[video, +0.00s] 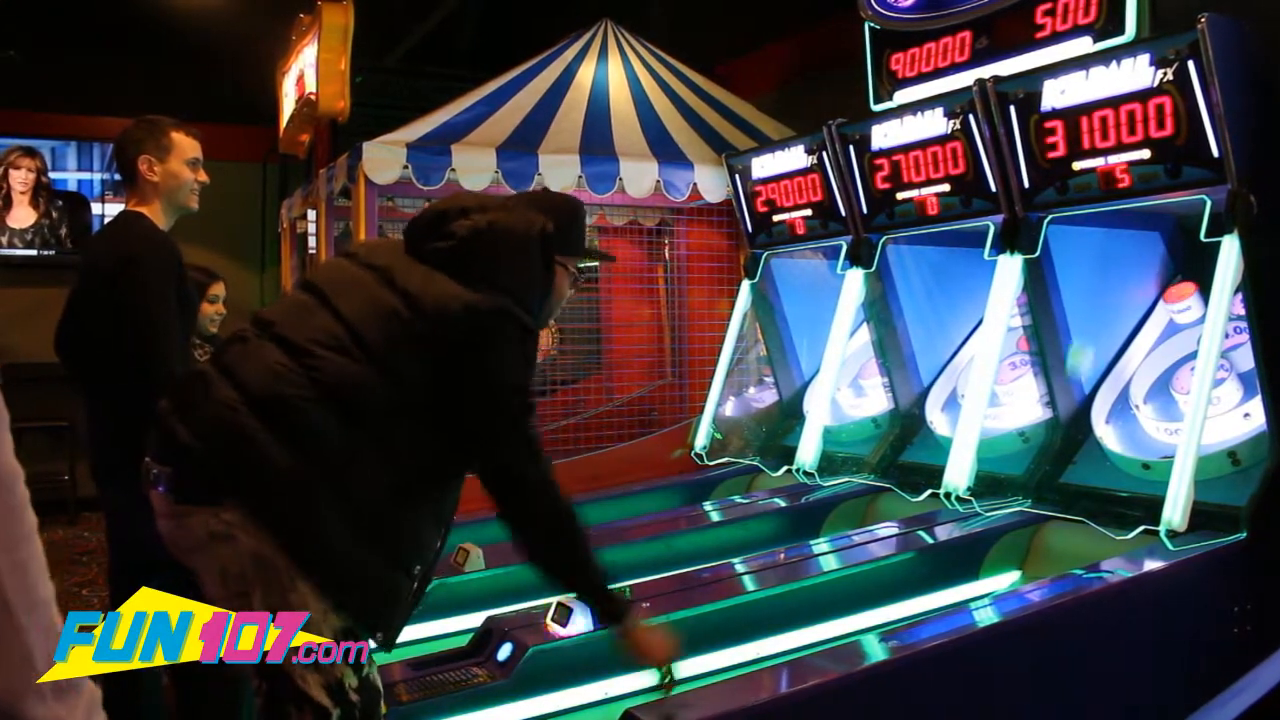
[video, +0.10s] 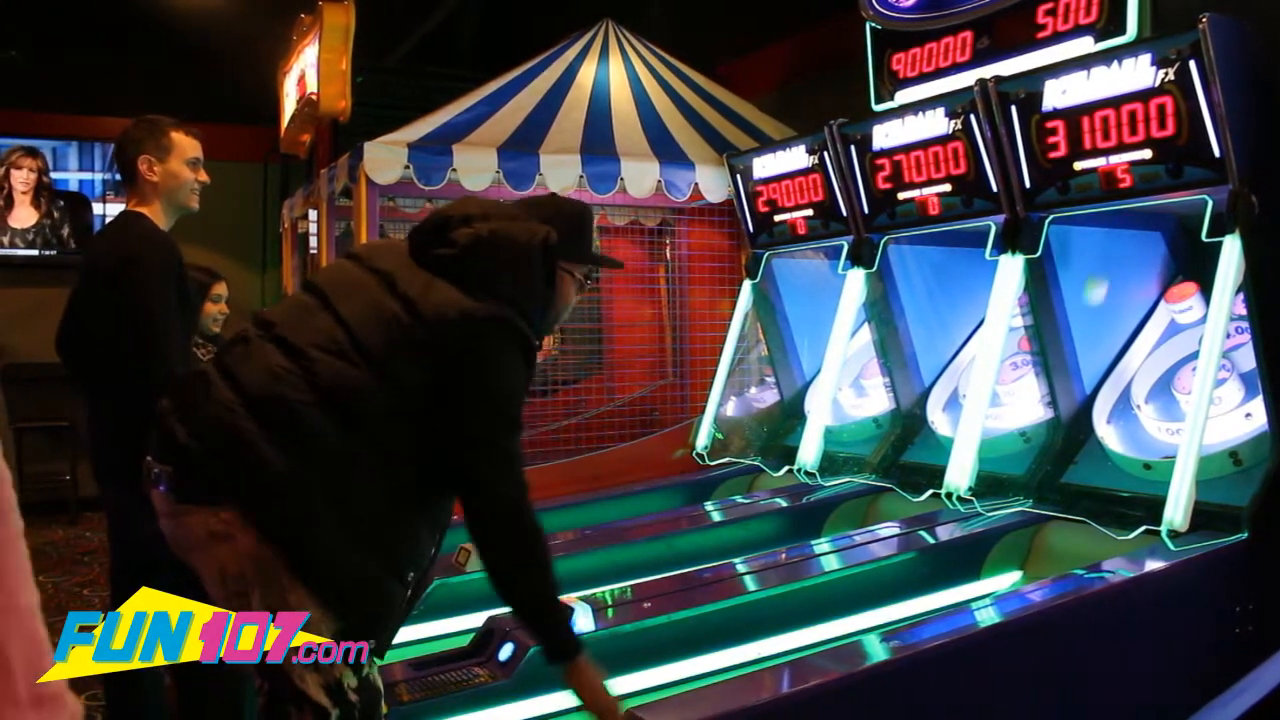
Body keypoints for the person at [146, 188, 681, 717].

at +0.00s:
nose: (571, 292)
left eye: (575, 277)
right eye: (567, 274)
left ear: (490, 244)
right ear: (532, 266)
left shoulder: (381, 264)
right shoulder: (482, 328)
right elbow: (529, 492)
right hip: (253, 510)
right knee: (330, 691)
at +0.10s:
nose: (579, 298)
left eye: (584, 283)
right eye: (576, 280)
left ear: (501, 256)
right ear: (536, 269)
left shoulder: (388, 261)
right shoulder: (486, 335)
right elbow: (501, 513)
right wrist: (570, 655)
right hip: (250, 504)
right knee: (334, 694)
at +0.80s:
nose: (583, 297)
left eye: (589, 282)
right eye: (581, 279)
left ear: (515, 251)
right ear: (547, 267)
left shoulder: (397, 258)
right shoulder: (482, 334)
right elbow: (453, 517)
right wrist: (522, 666)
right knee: (318, 693)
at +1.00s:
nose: (576, 293)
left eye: (582, 279)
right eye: (574, 276)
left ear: (514, 251)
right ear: (539, 264)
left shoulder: (401, 255)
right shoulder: (475, 332)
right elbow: (417, 505)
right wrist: (447, 662)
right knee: (322, 686)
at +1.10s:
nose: (576, 298)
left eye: (582, 282)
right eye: (576, 280)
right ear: (545, 270)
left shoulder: (404, 254)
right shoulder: (474, 326)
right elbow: (406, 492)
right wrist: (382, 655)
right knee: (315, 680)